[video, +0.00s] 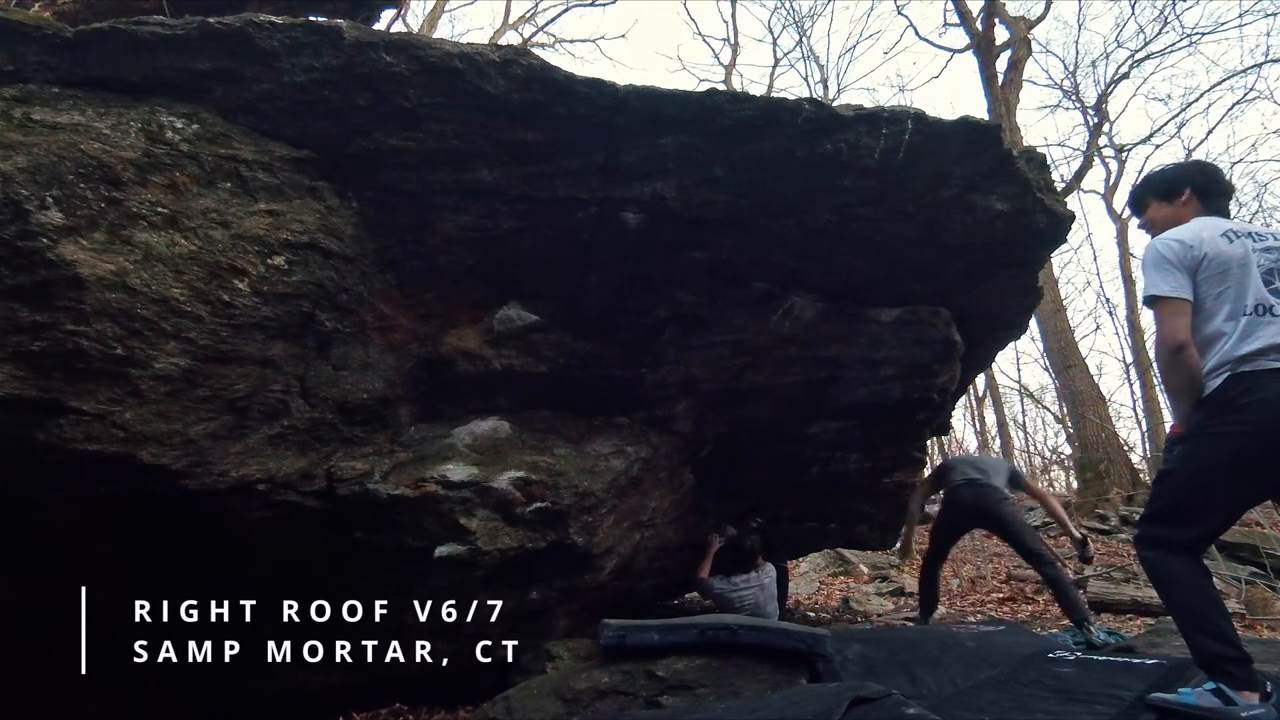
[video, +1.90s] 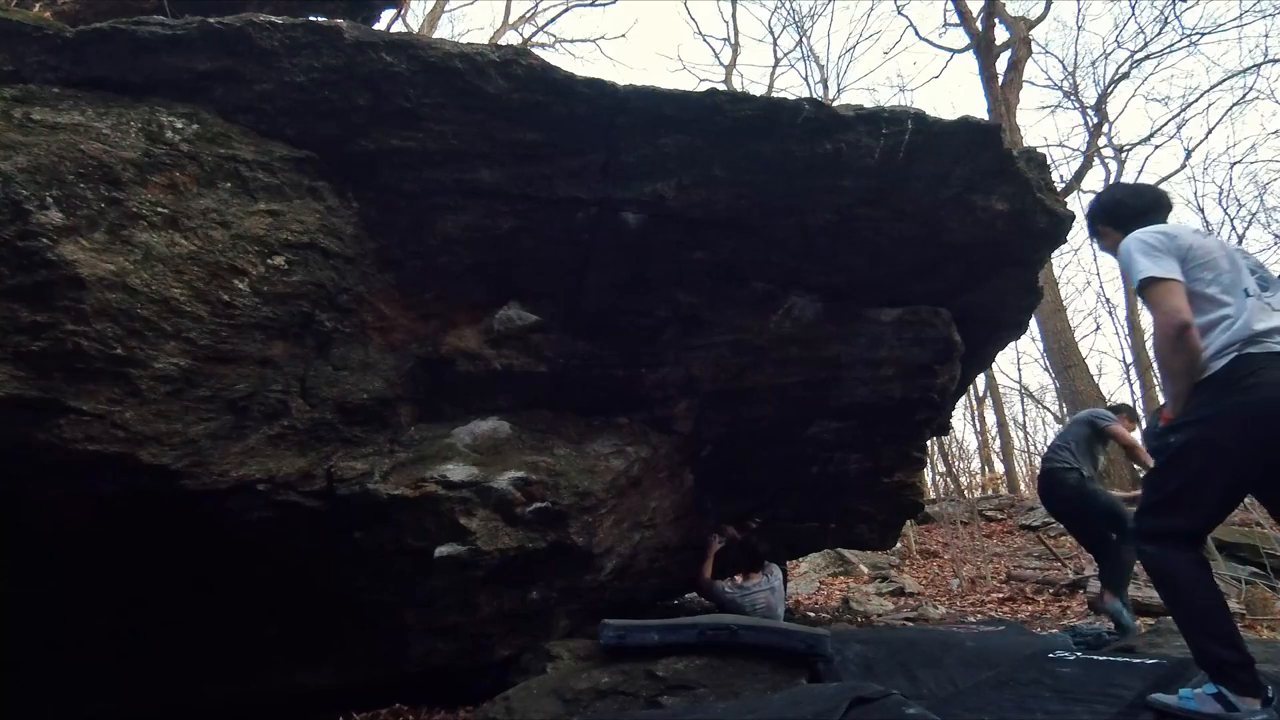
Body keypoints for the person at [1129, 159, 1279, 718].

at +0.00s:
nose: (1143, 226)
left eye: (1147, 214)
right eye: (1140, 218)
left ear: (1184, 197)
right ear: (1200, 202)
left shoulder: (1173, 243)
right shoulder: (1266, 236)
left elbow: (1177, 344)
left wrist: (1184, 418)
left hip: (1250, 399)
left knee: (1164, 539)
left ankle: (1235, 683)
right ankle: (1236, 680)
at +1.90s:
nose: (1106, 253)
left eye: (1101, 242)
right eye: (1099, 245)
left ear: (1111, 229)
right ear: (1157, 214)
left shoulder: (1141, 241)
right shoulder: (1225, 247)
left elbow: (1176, 324)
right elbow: (1268, 300)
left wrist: (1175, 410)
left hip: (1245, 382)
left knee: (1161, 532)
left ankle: (1237, 686)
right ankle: (1243, 684)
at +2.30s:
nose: (1041, 275)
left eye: (1039, 265)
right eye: (1036, 267)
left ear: (1050, 257)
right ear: (1095, 243)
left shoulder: (1075, 267)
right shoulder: (1150, 271)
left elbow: (1120, 339)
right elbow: (1212, 329)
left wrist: (1133, 417)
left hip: (1192, 397)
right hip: (1261, 388)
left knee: (1151, 545)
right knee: (1275, 542)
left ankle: (1239, 697)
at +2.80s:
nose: (987, 274)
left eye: (986, 267)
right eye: (985, 269)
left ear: (994, 262)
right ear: (1042, 248)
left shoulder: (1004, 277)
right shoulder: (1092, 267)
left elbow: (1039, 343)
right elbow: (1149, 319)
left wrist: (1078, 413)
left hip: (1133, 380)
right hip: (1200, 370)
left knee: (1164, 556)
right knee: (1235, 539)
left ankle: (1235, 705)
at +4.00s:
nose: (1043, 269)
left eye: (1041, 257)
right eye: (1038, 261)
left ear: (1056, 243)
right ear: (1089, 233)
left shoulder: (1086, 254)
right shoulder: (1141, 265)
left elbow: (1123, 320)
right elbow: (1190, 330)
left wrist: (1134, 406)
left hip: (1186, 386)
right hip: (1230, 385)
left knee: (1188, 540)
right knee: (1246, 533)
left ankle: (1241, 692)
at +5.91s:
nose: (1096, 251)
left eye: (1090, 239)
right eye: (1088, 247)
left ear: (1110, 211)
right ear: (1111, 214)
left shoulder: (1164, 227)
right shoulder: (1145, 255)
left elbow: (1188, 311)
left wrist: (1176, 398)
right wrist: (1167, 409)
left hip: (1215, 394)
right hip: (1198, 404)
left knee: (1243, 543)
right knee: (1232, 544)